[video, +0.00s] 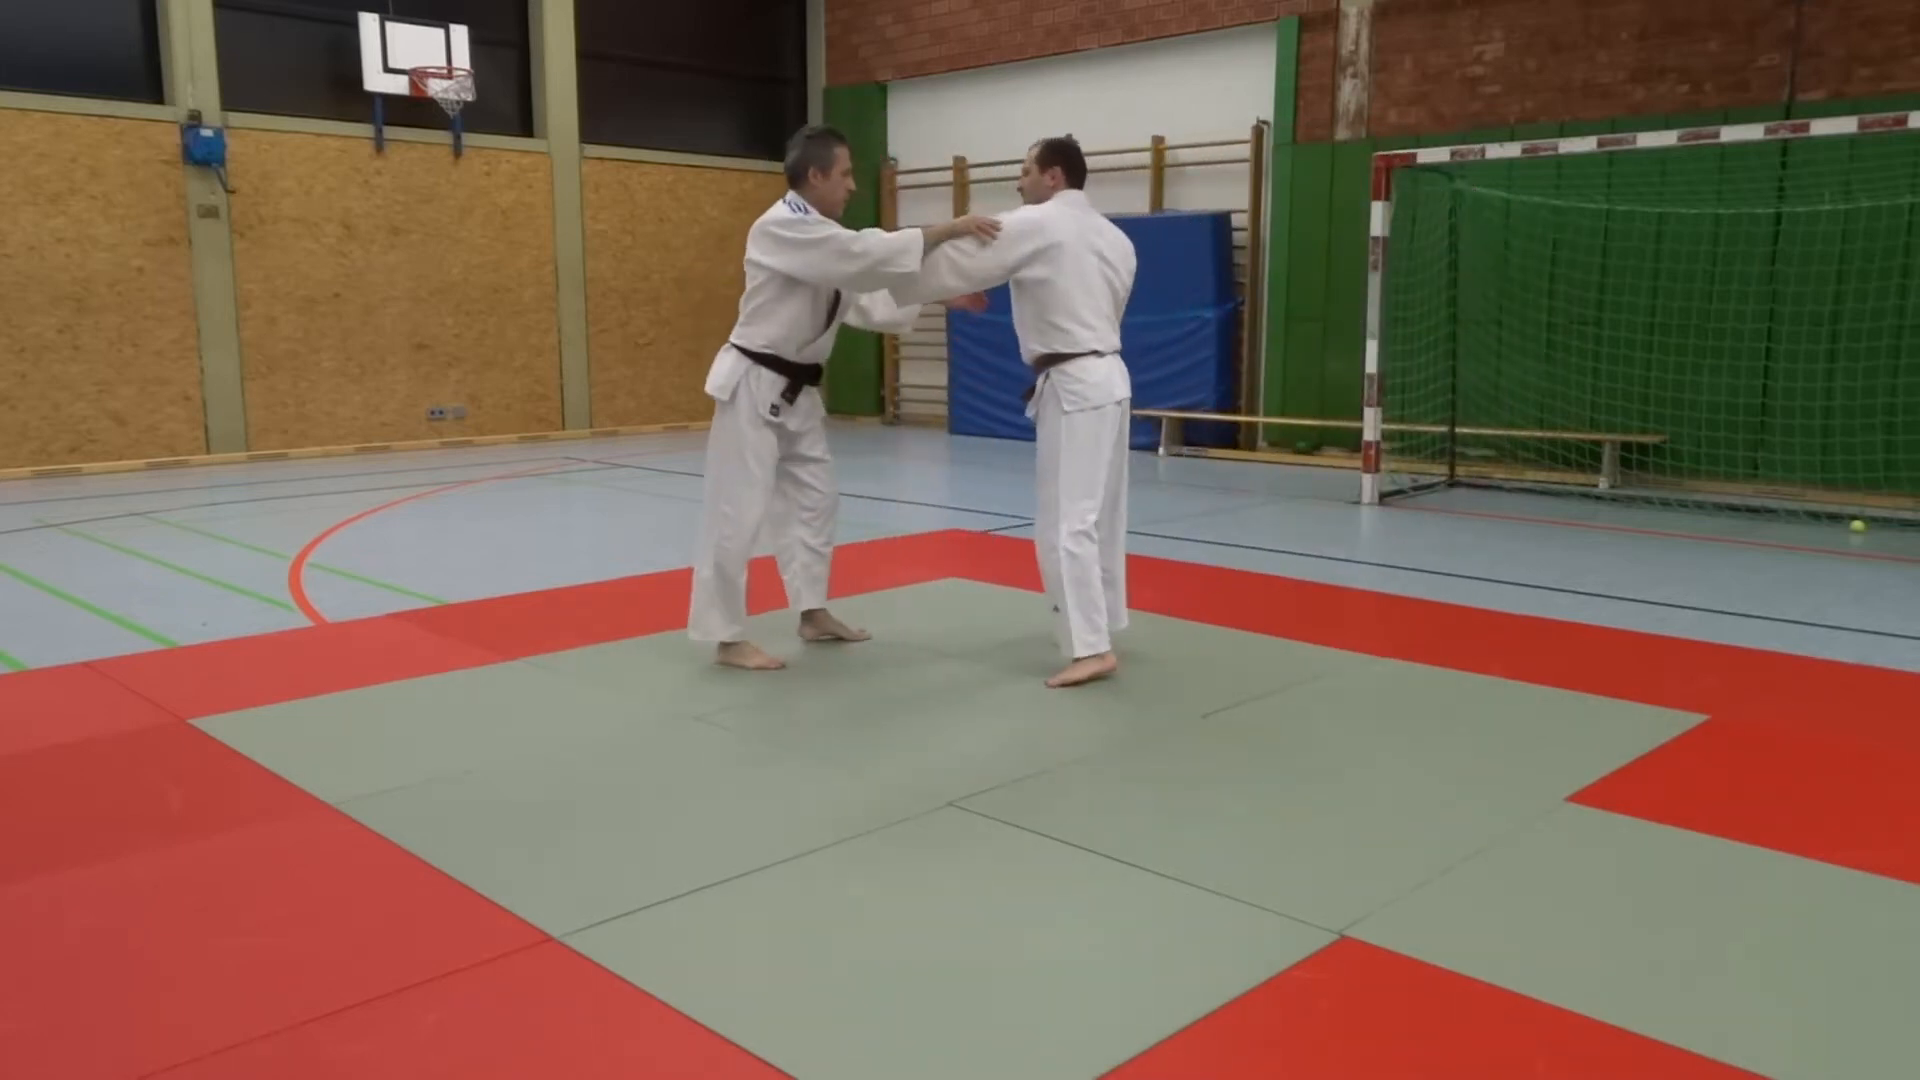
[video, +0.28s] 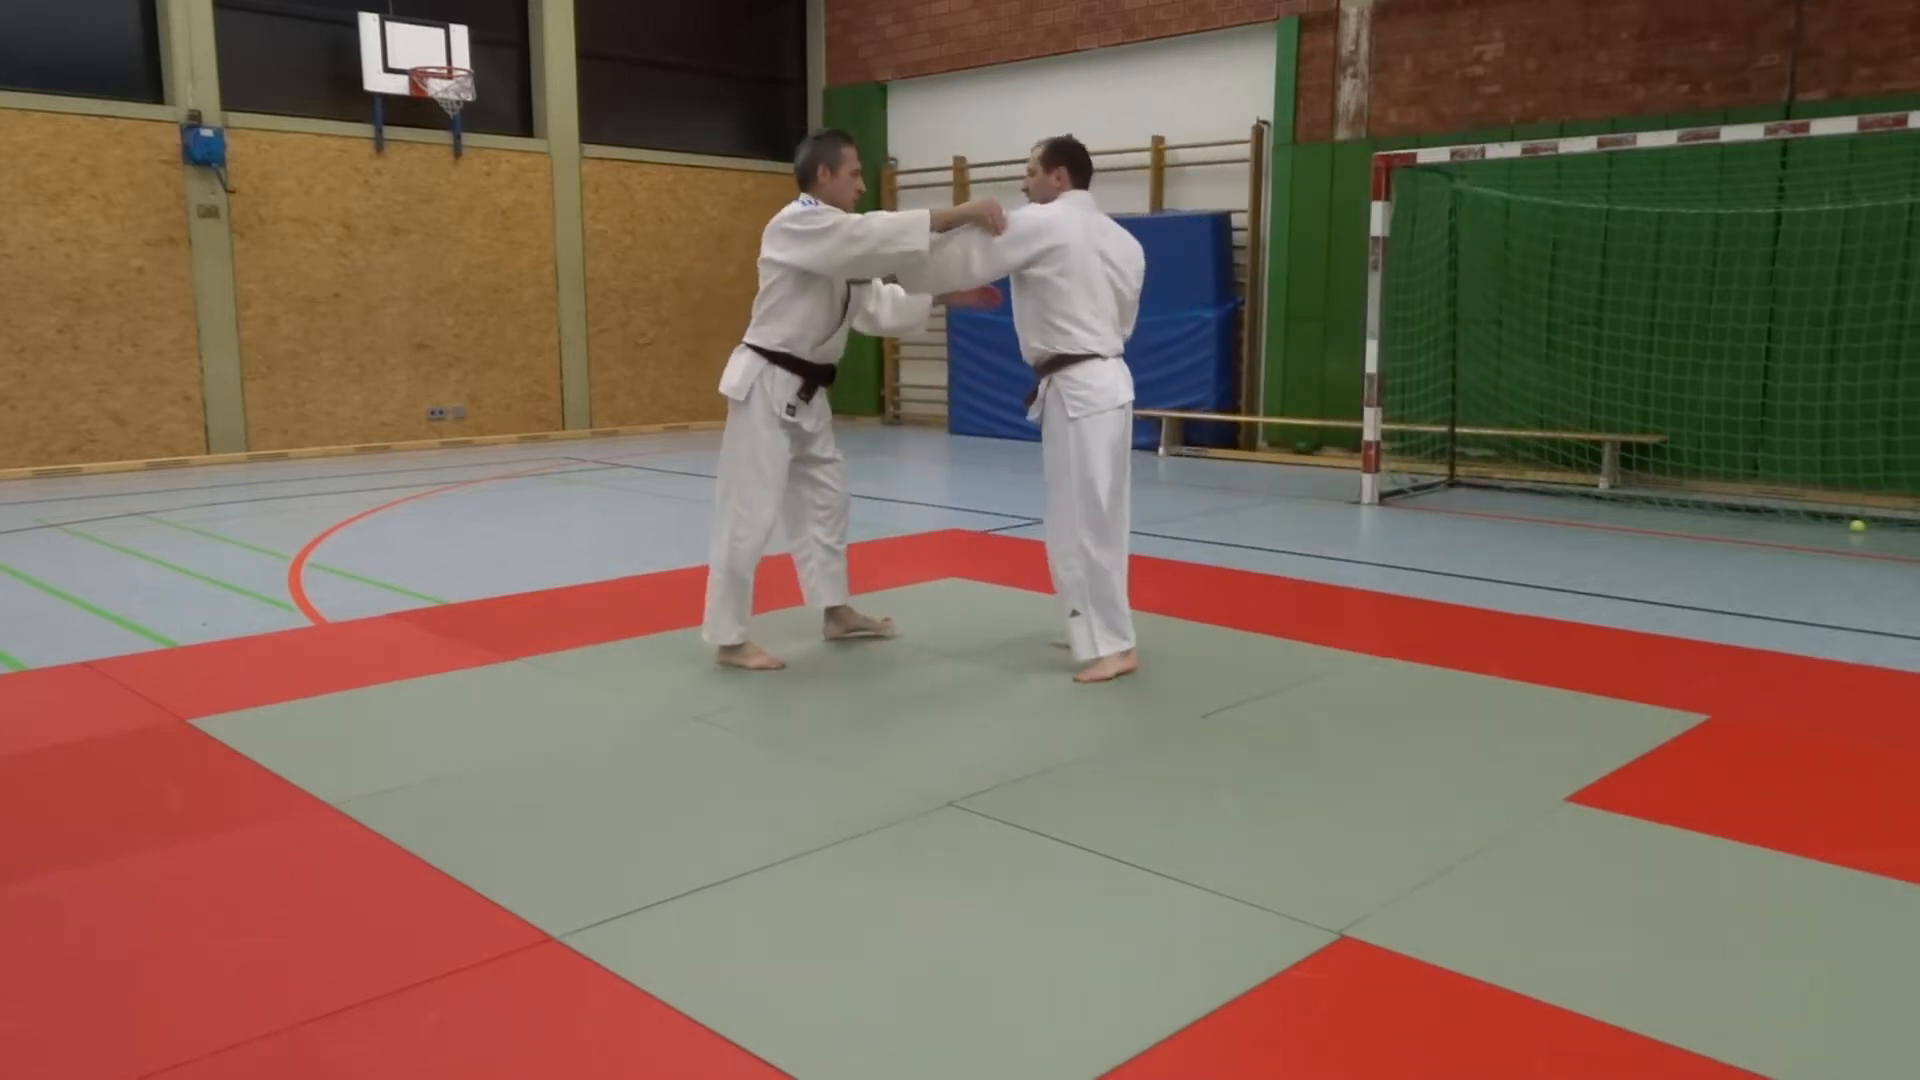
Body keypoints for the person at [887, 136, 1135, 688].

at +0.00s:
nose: (1020, 182)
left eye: (1027, 172)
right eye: (1022, 172)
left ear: (1055, 175)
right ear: (1070, 177)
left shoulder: (1036, 222)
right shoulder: (1116, 239)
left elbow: (955, 264)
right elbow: (1102, 317)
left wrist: (877, 276)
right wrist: (1051, 368)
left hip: (1073, 386)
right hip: (1113, 380)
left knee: (1067, 521)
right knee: (1105, 514)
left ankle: (1091, 650)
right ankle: (1108, 624)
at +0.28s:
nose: (1025, 183)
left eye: (1031, 173)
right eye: (1027, 173)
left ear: (1060, 176)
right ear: (1076, 178)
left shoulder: (1043, 221)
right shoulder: (1123, 241)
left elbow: (965, 254)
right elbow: (1120, 327)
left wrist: (887, 254)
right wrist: (1060, 366)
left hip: (1077, 388)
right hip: (1113, 382)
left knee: (1079, 518)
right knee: (1102, 514)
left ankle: (1112, 647)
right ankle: (1103, 628)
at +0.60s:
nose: (1010, 181)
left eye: (1021, 173)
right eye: (1011, 172)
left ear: (1057, 182)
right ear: (1036, 184)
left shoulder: (1090, 226)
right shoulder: (1017, 248)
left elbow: (1028, 283)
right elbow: (992, 327)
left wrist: (967, 296)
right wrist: (927, 355)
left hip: (1095, 395)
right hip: (1040, 399)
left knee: (1103, 527)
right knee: (1023, 526)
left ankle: (1119, 653)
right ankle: (1078, 609)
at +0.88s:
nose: (980, 204)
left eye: (992, 195)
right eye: (974, 194)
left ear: (1020, 201)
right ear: (967, 200)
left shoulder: (1056, 253)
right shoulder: (966, 269)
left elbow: (1038, 315)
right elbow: (941, 335)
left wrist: (961, 310)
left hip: (1047, 411)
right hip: (982, 412)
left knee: (1074, 537)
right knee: (965, 541)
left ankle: (1123, 649)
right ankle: (970, 627)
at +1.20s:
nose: (968, 195)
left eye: (979, 185)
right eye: (963, 185)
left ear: (1013, 189)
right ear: (959, 188)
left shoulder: (1040, 245)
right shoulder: (951, 232)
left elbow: (1003, 308)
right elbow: (906, 272)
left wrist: (944, 281)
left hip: (1031, 400)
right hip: (971, 397)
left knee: (1062, 525)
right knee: (955, 527)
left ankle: (1099, 641)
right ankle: (966, 629)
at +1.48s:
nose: (984, 183)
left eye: (995, 174)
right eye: (982, 174)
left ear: (1031, 178)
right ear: (991, 179)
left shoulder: (1042, 236)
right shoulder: (987, 232)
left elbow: (970, 274)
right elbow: (941, 273)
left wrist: (894, 267)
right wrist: (892, 292)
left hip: (1034, 394)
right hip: (980, 393)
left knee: (1060, 525)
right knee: (964, 520)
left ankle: (1096, 642)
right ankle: (972, 626)